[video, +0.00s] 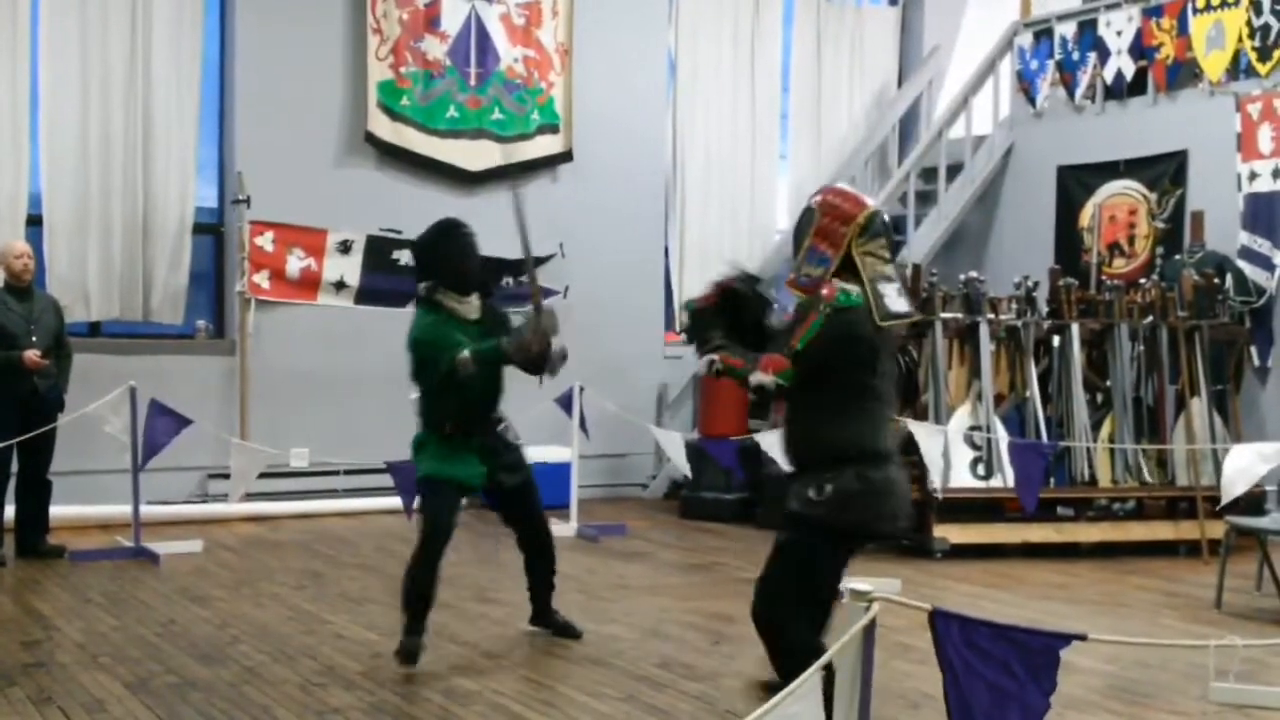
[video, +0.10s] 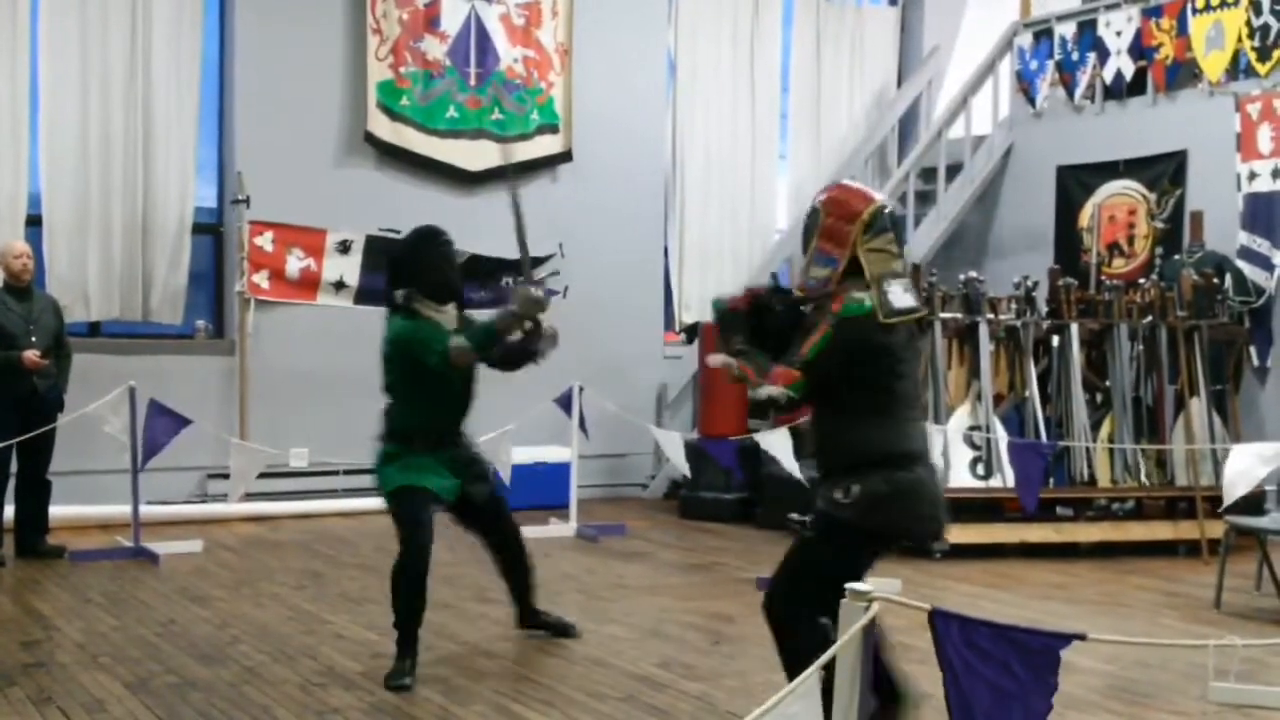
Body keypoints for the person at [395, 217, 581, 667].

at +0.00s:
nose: (476, 264)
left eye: (474, 255)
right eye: (465, 257)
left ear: (471, 260)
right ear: (442, 266)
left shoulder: (487, 314)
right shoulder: (428, 327)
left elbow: (518, 355)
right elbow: (455, 365)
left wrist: (541, 351)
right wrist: (508, 349)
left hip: (491, 437)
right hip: (444, 444)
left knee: (534, 528)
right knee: (435, 535)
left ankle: (542, 610)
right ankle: (413, 631)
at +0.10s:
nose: (454, 271)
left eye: (452, 264)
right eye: (445, 264)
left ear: (445, 273)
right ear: (424, 272)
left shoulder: (463, 324)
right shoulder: (404, 332)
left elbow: (497, 357)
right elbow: (451, 355)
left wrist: (532, 346)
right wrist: (509, 317)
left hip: (453, 453)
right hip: (406, 456)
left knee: (503, 530)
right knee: (416, 544)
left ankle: (527, 612)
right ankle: (406, 652)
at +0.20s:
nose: (431, 271)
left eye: (430, 262)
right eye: (421, 263)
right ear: (396, 271)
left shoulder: (426, 320)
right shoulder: (379, 328)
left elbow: (459, 342)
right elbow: (431, 343)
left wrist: (493, 347)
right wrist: (497, 320)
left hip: (418, 456)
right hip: (376, 458)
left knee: (480, 526)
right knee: (408, 537)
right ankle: (402, 652)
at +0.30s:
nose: (407, 265)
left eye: (404, 256)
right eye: (395, 257)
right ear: (371, 269)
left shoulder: (410, 326)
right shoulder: (351, 322)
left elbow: (439, 394)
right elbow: (386, 345)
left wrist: (453, 379)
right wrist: (435, 352)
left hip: (391, 452)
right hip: (353, 454)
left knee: (431, 540)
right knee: (402, 545)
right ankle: (379, 656)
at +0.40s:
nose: (378, 266)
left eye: (378, 256)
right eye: (368, 257)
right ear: (344, 264)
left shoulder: (383, 327)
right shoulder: (321, 325)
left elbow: (399, 386)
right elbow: (353, 378)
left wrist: (403, 409)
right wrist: (388, 392)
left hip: (363, 453)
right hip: (331, 455)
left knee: (369, 555)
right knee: (376, 550)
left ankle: (273, 600)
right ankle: (374, 663)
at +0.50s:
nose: (352, 255)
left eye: (352, 245)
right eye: (344, 245)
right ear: (323, 250)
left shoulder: (354, 315)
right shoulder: (288, 315)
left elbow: (370, 373)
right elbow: (305, 386)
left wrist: (368, 416)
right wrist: (344, 427)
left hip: (332, 449)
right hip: (296, 450)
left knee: (314, 554)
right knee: (327, 552)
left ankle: (239, 618)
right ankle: (360, 649)